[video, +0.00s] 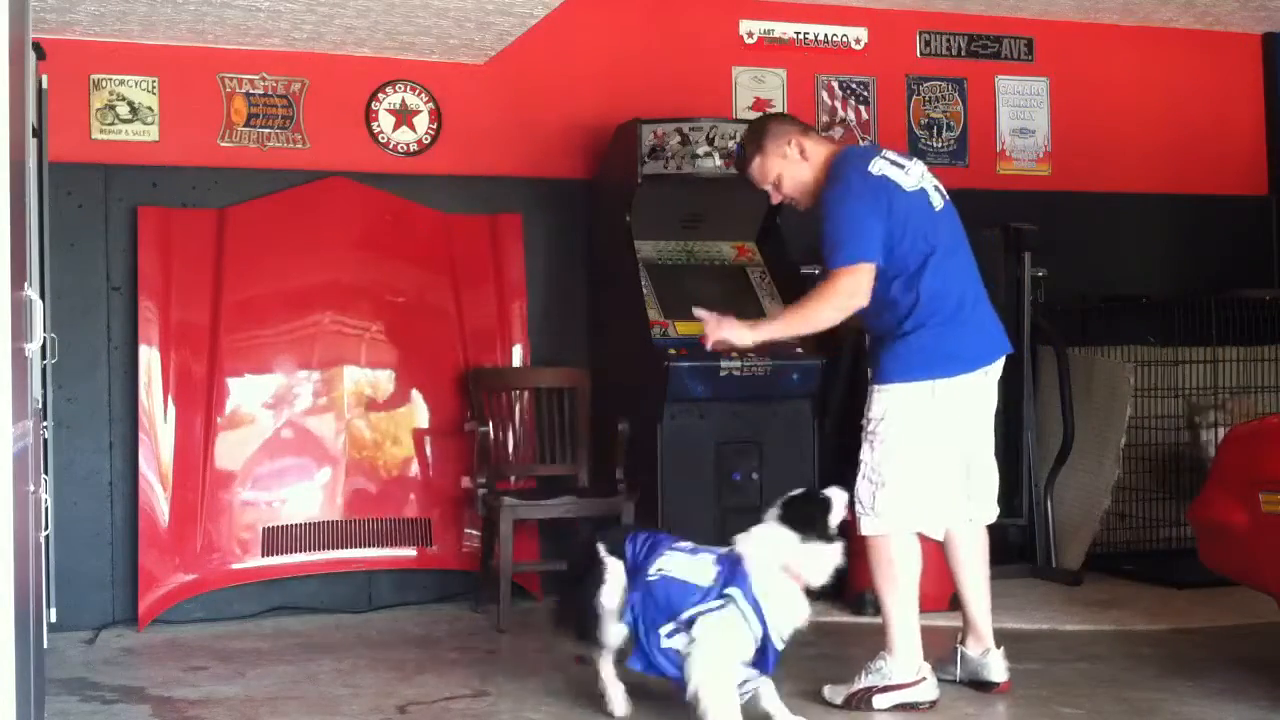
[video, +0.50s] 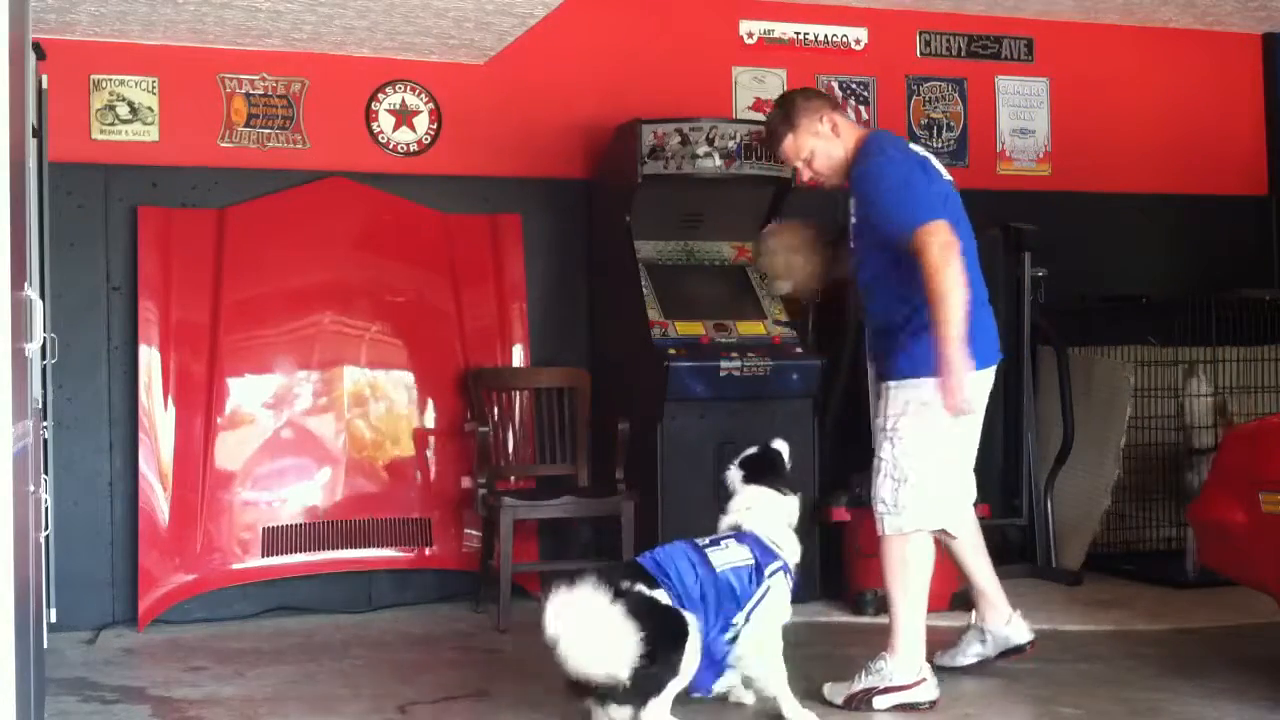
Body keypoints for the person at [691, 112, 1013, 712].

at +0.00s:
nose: (778, 199)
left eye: (773, 184)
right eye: (769, 191)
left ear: (798, 147)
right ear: (804, 142)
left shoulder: (852, 180)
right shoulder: (887, 161)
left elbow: (851, 288)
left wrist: (755, 330)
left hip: (920, 363)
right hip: (974, 351)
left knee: (883, 512)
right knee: (962, 509)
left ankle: (904, 664)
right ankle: (982, 648)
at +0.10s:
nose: (782, 191)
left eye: (776, 176)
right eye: (772, 183)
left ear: (800, 138)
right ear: (806, 133)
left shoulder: (853, 173)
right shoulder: (889, 157)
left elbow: (858, 278)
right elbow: (908, 269)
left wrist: (760, 316)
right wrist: (852, 308)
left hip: (916, 361)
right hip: (970, 351)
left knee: (885, 510)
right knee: (963, 507)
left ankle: (904, 663)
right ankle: (982, 647)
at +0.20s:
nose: (786, 184)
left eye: (781, 168)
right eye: (776, 176)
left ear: (807, 129)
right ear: (812, 128)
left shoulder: (857, 170)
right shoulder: (883, 156)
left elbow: (874, 266)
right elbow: (899, 278)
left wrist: (783, 330)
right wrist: (831, 302)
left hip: (915, 361)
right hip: (961, 350)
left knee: (889, 508)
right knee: (952, 500)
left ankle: (904, 663)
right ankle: (983, 641)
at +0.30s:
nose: (792, 179)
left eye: (787, 163)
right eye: (783, 171)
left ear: (813, 125)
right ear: (819, 124)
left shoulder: (862, 166)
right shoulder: (882, 153)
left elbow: (889, 256)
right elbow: (905, 257)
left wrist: (836, 351)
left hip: (918, 357)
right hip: (953, 350)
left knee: (895, 507)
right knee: (943, 498)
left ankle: (905, 663)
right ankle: (990, 630)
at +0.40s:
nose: (797, 177)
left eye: (794, 161)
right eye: (789, 169)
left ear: (820, 123)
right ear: (828, 121)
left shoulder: (870, 164)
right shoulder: (888, 153)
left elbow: (910, 250)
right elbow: (892, 262)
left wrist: (898, 362)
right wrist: (827, 297)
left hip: (924, 359)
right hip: (955, 355)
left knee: (900, 503)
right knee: (941, 496)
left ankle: (905, 663)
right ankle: (995, 621)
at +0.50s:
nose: (804, 177)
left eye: (802, 159)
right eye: (796, 169)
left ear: (832, 123)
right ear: (836, 124)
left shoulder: (883, 164)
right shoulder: (882, 162)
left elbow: (938, 245)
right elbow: (885, 255)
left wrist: (953, 355)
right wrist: (819, 265)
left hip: (923, 363)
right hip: (940, 358)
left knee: (902, 507)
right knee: (945, 497)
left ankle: (906, 664)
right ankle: (999, 618)